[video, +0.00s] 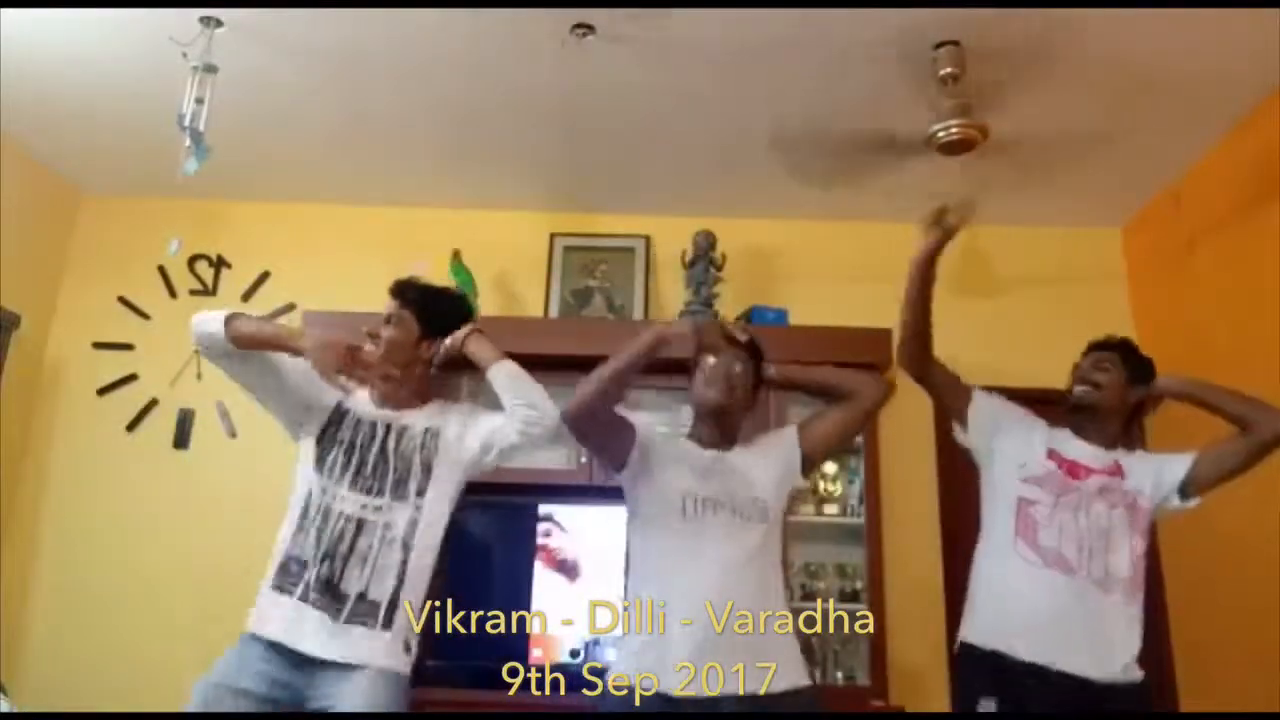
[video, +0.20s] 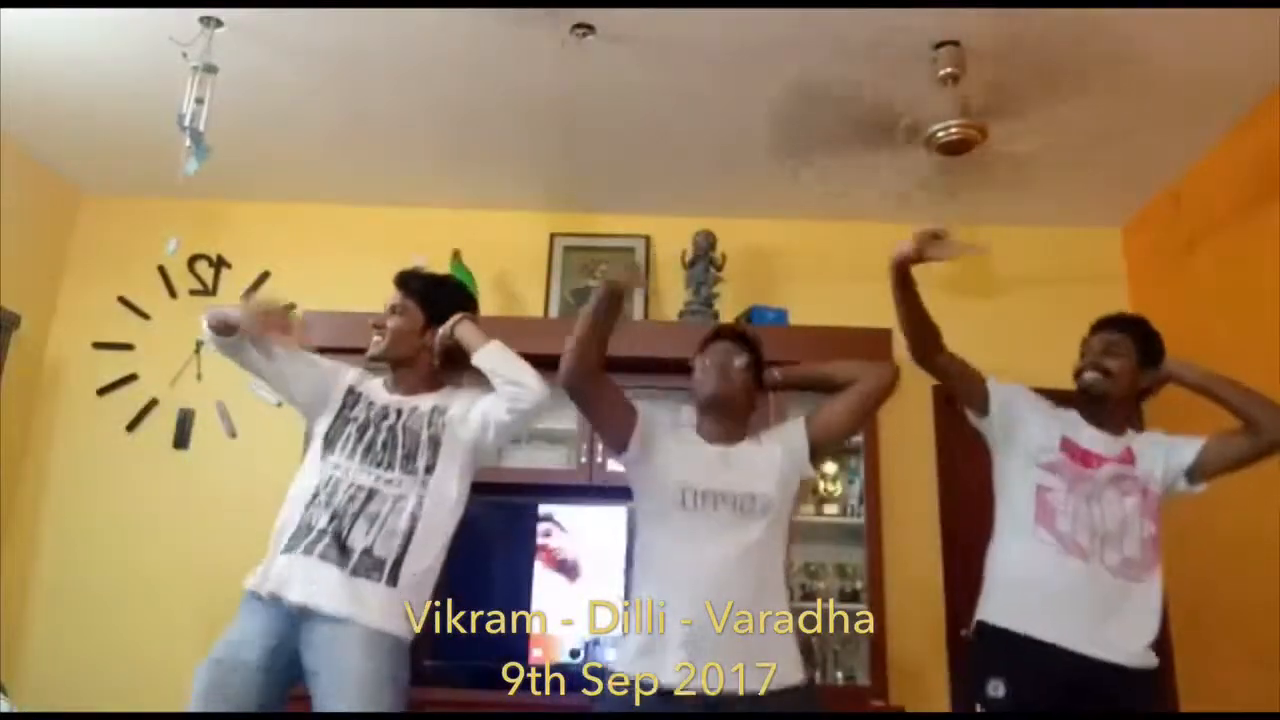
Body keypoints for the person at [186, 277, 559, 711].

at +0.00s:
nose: (375, 330)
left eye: (393, 323)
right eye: (383, 318)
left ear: (430, 350)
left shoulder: (462, 432)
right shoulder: (327, 404)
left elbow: (541, 424)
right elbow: (207, 332)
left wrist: (474, 344)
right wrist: (306, 343)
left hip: (365, 664)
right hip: (271, 642)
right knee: (209, 700)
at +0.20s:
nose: (380, 320)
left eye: (396, 312)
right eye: (386, 310)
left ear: (435, 337)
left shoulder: (467, 416)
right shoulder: (341, 386)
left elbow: (530, 395)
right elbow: (227, 338)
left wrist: (466, 331)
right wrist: (242, 321)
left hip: (364, 616)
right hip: (276, 594)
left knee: (360, 704)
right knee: (218, 694)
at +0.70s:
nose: (381, 312)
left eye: (398, 305)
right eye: (386, 302)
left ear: (434, 328)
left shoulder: (468, 405)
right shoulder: (347, 375)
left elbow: (526, 368)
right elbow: (276, 320)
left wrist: (463, 318)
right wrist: (208, 255)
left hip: (363, 604)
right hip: (276, 584)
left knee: (364, 704)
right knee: (223, 699)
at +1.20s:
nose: (373, 318)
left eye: (391, 310)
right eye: (376, 307)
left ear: (433, 332)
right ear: (372, 313)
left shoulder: (462, 413)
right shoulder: (337, 379)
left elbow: (521, 429)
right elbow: (244, 330)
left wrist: (469, 350)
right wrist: (174, 261)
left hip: (378, 633)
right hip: (284, 615)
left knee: (377, 704)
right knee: (218, 704)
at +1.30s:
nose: (396, 309)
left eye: (414, 299)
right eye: (389, 296)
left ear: (444, 315)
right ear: (379, 304)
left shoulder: (466, 401)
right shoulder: (340, 369)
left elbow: (516, 518)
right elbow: (246, 380)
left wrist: (466, 450)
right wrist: (163, 376)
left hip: (385, 607)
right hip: (290, 586)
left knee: (383, 707)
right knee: (238, 705)